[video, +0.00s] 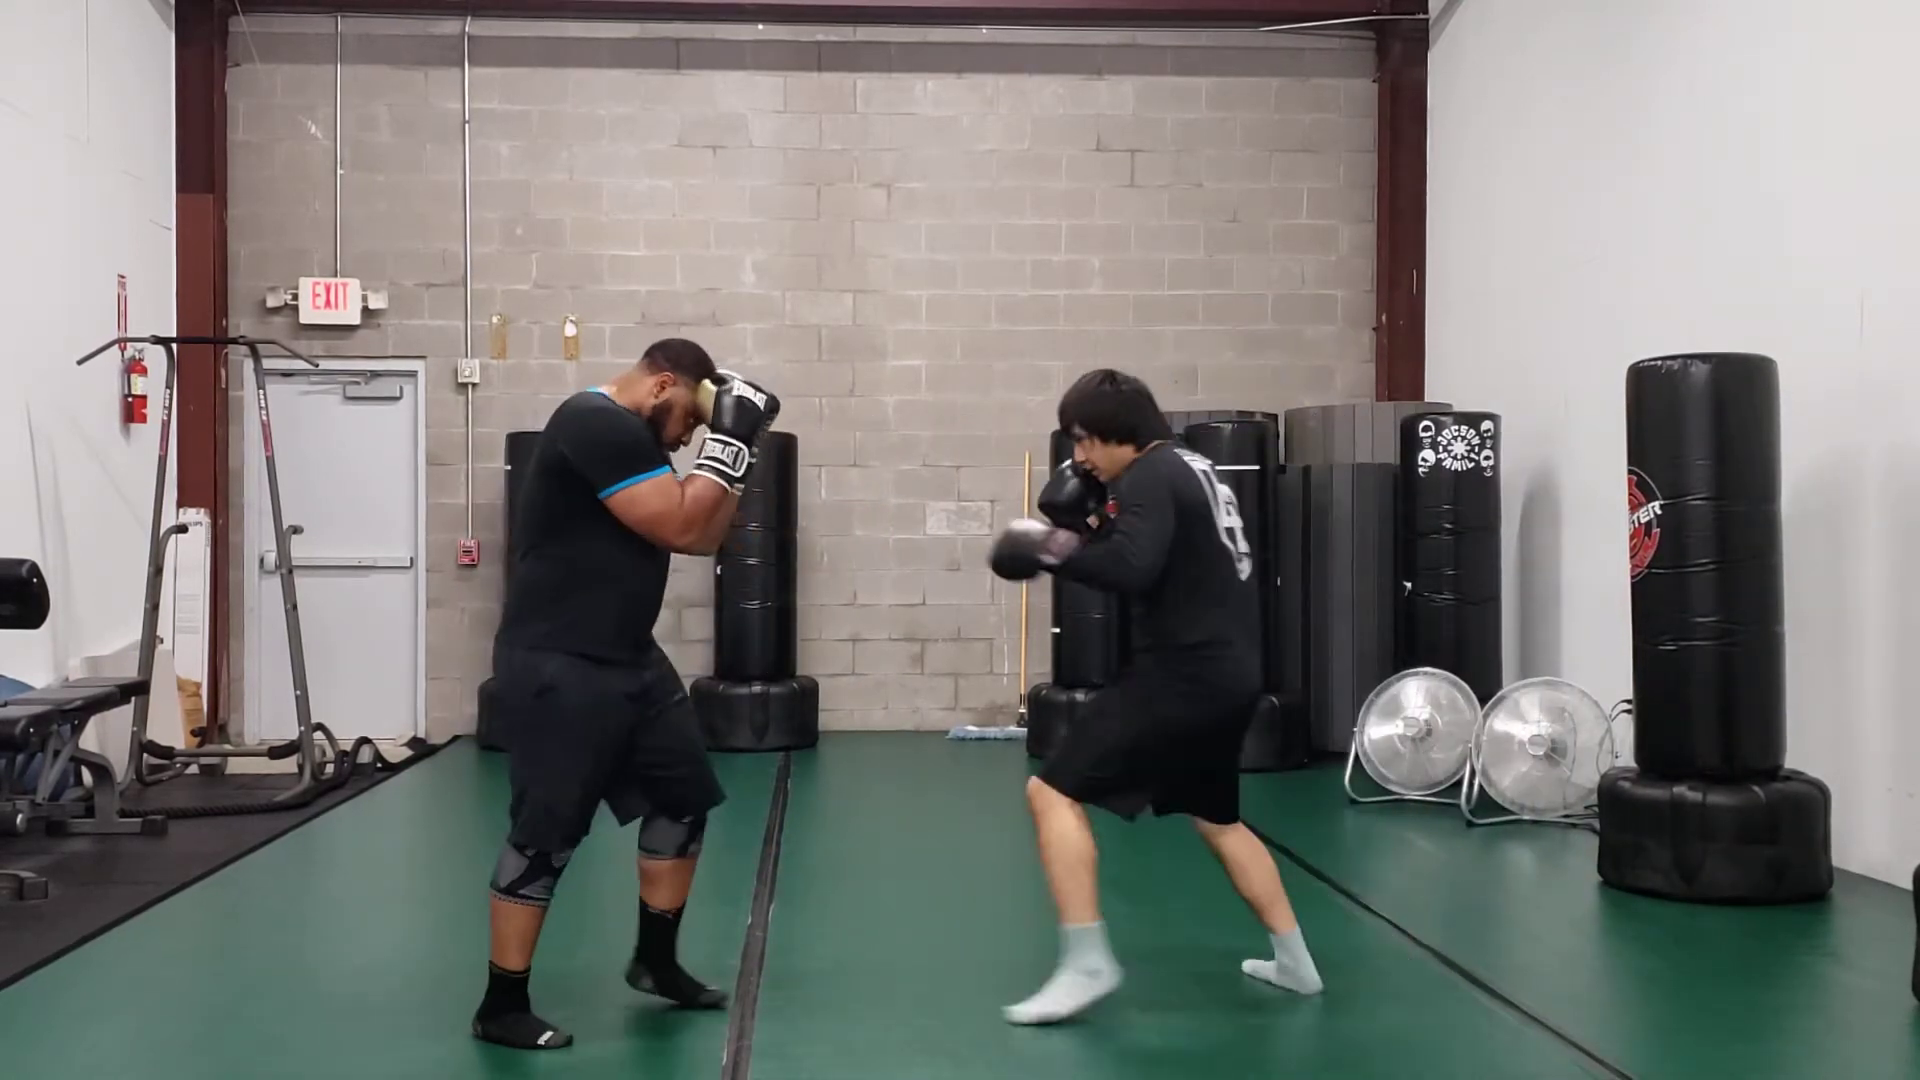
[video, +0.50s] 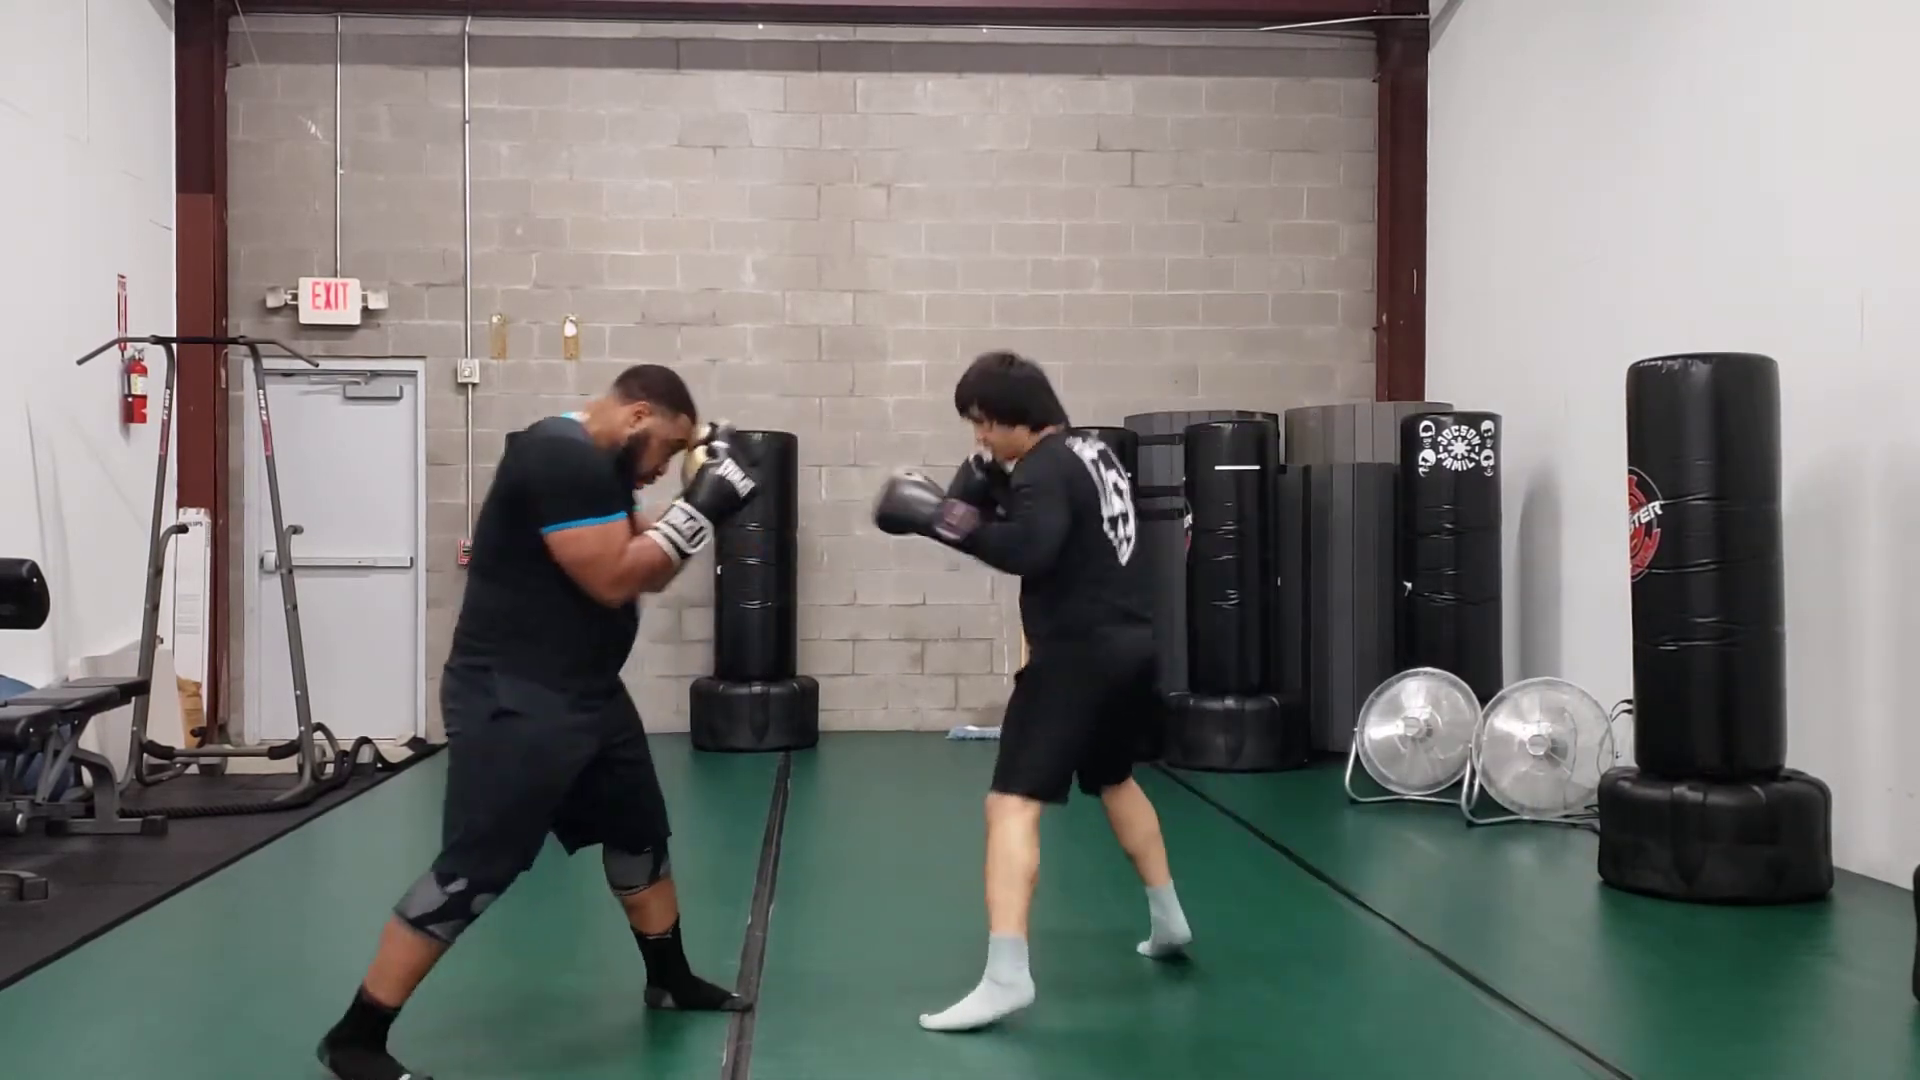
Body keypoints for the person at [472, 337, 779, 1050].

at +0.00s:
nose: (683, 438)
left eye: (690, 428)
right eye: (685, 420)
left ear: (658, 385)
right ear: (661, 384)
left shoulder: (630, 443)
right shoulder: (591, 423)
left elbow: (704, 538)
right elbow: (682, 526)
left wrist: (733, 455)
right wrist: (730, 439)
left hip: (630, 663)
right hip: (559, 668)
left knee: (683, 800)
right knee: (542, 835)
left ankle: (656, 962)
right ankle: (504, 1006)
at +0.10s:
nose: (695, 445)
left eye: (703, 436)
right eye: (700, 427)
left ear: (671, 390)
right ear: (677, 389)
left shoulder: (640, 442)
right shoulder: (613, 426)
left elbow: (720, 538)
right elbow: (709, 530)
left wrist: (748, 450)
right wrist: (748, 442)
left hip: (632, 666)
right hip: (566, 669)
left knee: (671, 817)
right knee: (565, 839)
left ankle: (674, 975)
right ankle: (508, 1000)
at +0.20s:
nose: (721, 473)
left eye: (727, 464)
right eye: (725, 454)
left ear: (701, 424)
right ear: (703, 417)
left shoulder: (671, 465)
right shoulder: (632, 437)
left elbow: (756, 541)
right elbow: (723, 537)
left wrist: (788, 455)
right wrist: (767, 442)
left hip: (620, 667)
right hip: (551, 663)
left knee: (661, 822)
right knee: (579, 834)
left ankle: (671, 977)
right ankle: (507, 992)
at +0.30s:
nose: (717, 485)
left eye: (725, 473)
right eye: (721, 466)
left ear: (699, 432)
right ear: (700, 428)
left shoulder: (663, 471)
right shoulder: (627, 446)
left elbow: (752, 540)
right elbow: (710, 548)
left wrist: (780, 455)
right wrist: (764, 457)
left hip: (609, 667)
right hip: (538, 663)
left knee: (655, 818)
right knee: (551, 833)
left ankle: (670, 978)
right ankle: (456, 1010)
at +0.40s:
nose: (692, 473)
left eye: (703, 464)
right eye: (695, 455)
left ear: (670, 418)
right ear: (671, 416)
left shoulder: (637, 462)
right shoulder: (601, 448)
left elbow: (694, 552)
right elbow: (666, 565)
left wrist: (745, 482)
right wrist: (740, 492)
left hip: (602, 677)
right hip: (530, 675)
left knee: (650, 821)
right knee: (512, 848)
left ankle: (670, 979)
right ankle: (386, 1016)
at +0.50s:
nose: (661, 467)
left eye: (670, 456)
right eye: (666, 449)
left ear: (635, 417)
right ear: (637, 415)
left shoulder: (600, 471)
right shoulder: (557, 453)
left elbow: (641, 571)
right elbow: (612, 579)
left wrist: (701, 508)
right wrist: (695, 509)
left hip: (588, 695)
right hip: (511, 700)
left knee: (638, 836)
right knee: (474, 869)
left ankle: (670, 977)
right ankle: (357, 1036)